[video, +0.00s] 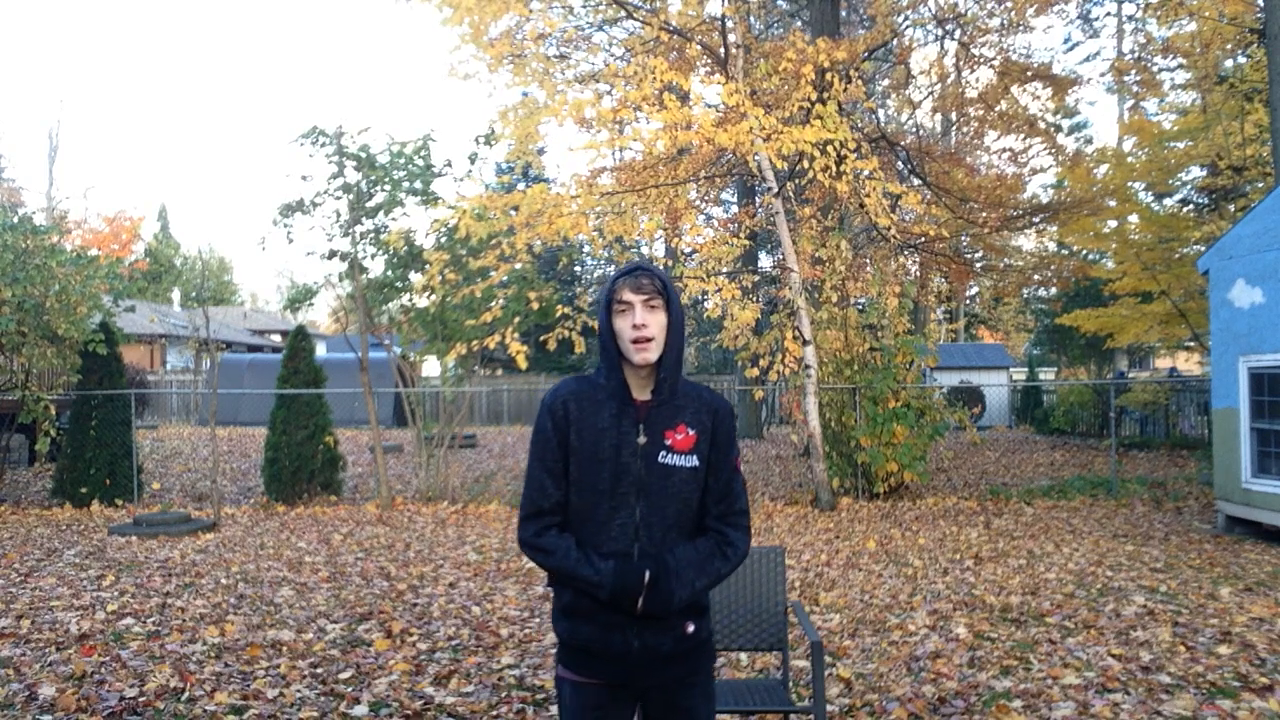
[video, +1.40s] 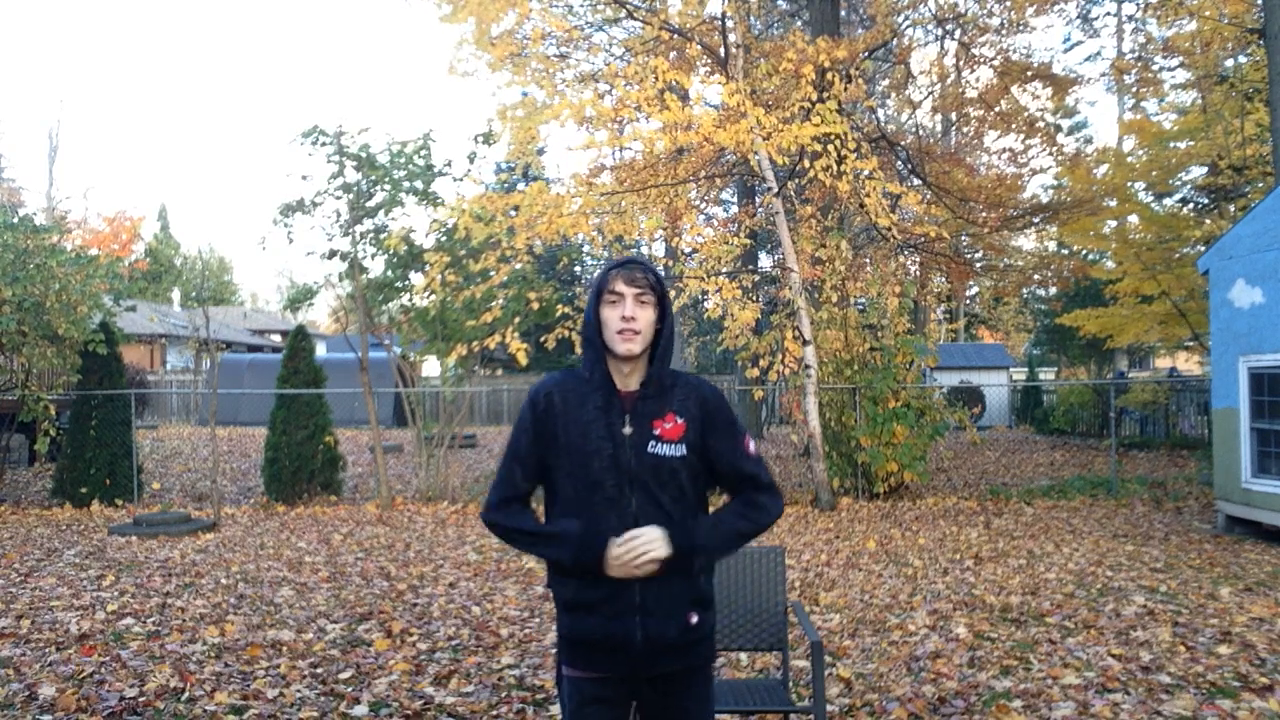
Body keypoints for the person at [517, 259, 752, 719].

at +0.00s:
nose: (639, 322)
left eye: (652, 307)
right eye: (623, 309)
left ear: (672, 319)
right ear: (608, 323)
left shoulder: (709, 411)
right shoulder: (566, 405)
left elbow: (732, 531)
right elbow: (536, 528)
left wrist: (667, 579)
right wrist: (611, 578)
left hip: (681, 651)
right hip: (590, 651)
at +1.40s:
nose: (627, 313)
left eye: (642, 301)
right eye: (614, 300)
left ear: (660, 317)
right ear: (595, 314)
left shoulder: (697, 400)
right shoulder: (553, 401)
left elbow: (762, 498)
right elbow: (501, 509)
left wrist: (680, 538)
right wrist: (593, 553)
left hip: (681, 645)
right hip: (590, 649)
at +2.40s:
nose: (631, 318)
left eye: (644, 302)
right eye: (616, 309)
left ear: (671, 313)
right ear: (608, 327)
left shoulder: (719, 408)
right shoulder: (576, 410)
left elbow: (722, 524)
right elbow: (562, 527)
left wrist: (757, 569)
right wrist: (555, 582)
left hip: (690, 643)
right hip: (602, 646)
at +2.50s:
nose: (634, 326)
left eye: (647, 311)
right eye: (619, 316)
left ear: (672, 325)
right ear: (607, 335)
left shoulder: (717, 421)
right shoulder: (573, 422)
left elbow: (721, 549)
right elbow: (556, 541)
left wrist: (743, 535)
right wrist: (575, 567)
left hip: (694, 656)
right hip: (604, 659)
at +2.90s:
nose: (615, 316)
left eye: (630, 306)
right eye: (602, 302)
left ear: (645, 324)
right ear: (580, 315)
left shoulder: (675, 402)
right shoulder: (535, 411)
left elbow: (698, 529)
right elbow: (524, 547)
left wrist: (638, 460)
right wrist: (593, 469)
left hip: (661, 639)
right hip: (573, 644)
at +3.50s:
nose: (621, 326)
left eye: (632, 315)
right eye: (606, 310)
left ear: (641, 329)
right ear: (574, 319)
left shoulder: (671, 396)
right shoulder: (538, 420)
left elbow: (722, 524)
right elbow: (528, 560)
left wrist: (792, 623)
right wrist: (467, 655)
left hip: (668, 655)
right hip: (578, 660)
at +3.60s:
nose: (629, 323)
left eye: (641, 312)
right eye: (614, 308)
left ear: (649, 327)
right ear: (583, 320)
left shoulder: (681, 399)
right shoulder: (546, 419)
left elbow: (720, 531)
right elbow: (536, 560)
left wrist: (785, 625)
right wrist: (483, 657)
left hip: (677, 654)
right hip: (586, 660)